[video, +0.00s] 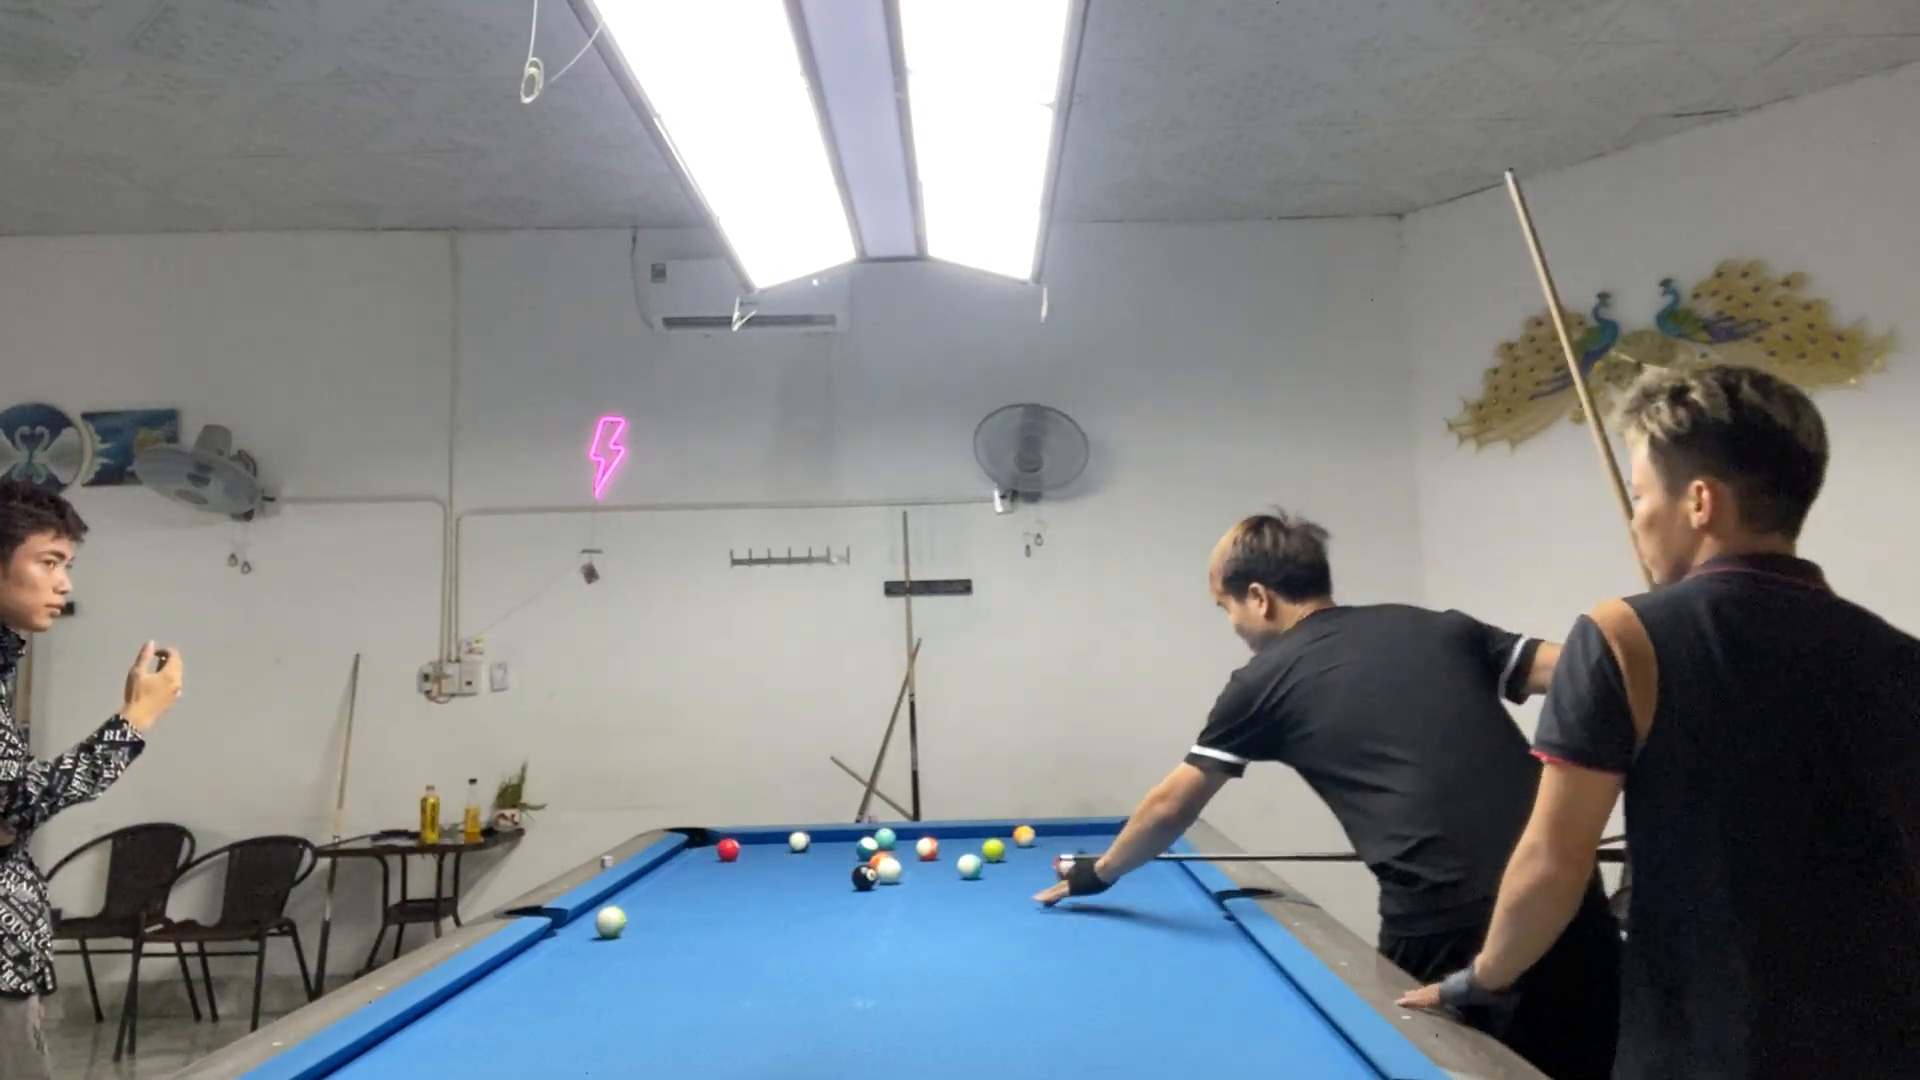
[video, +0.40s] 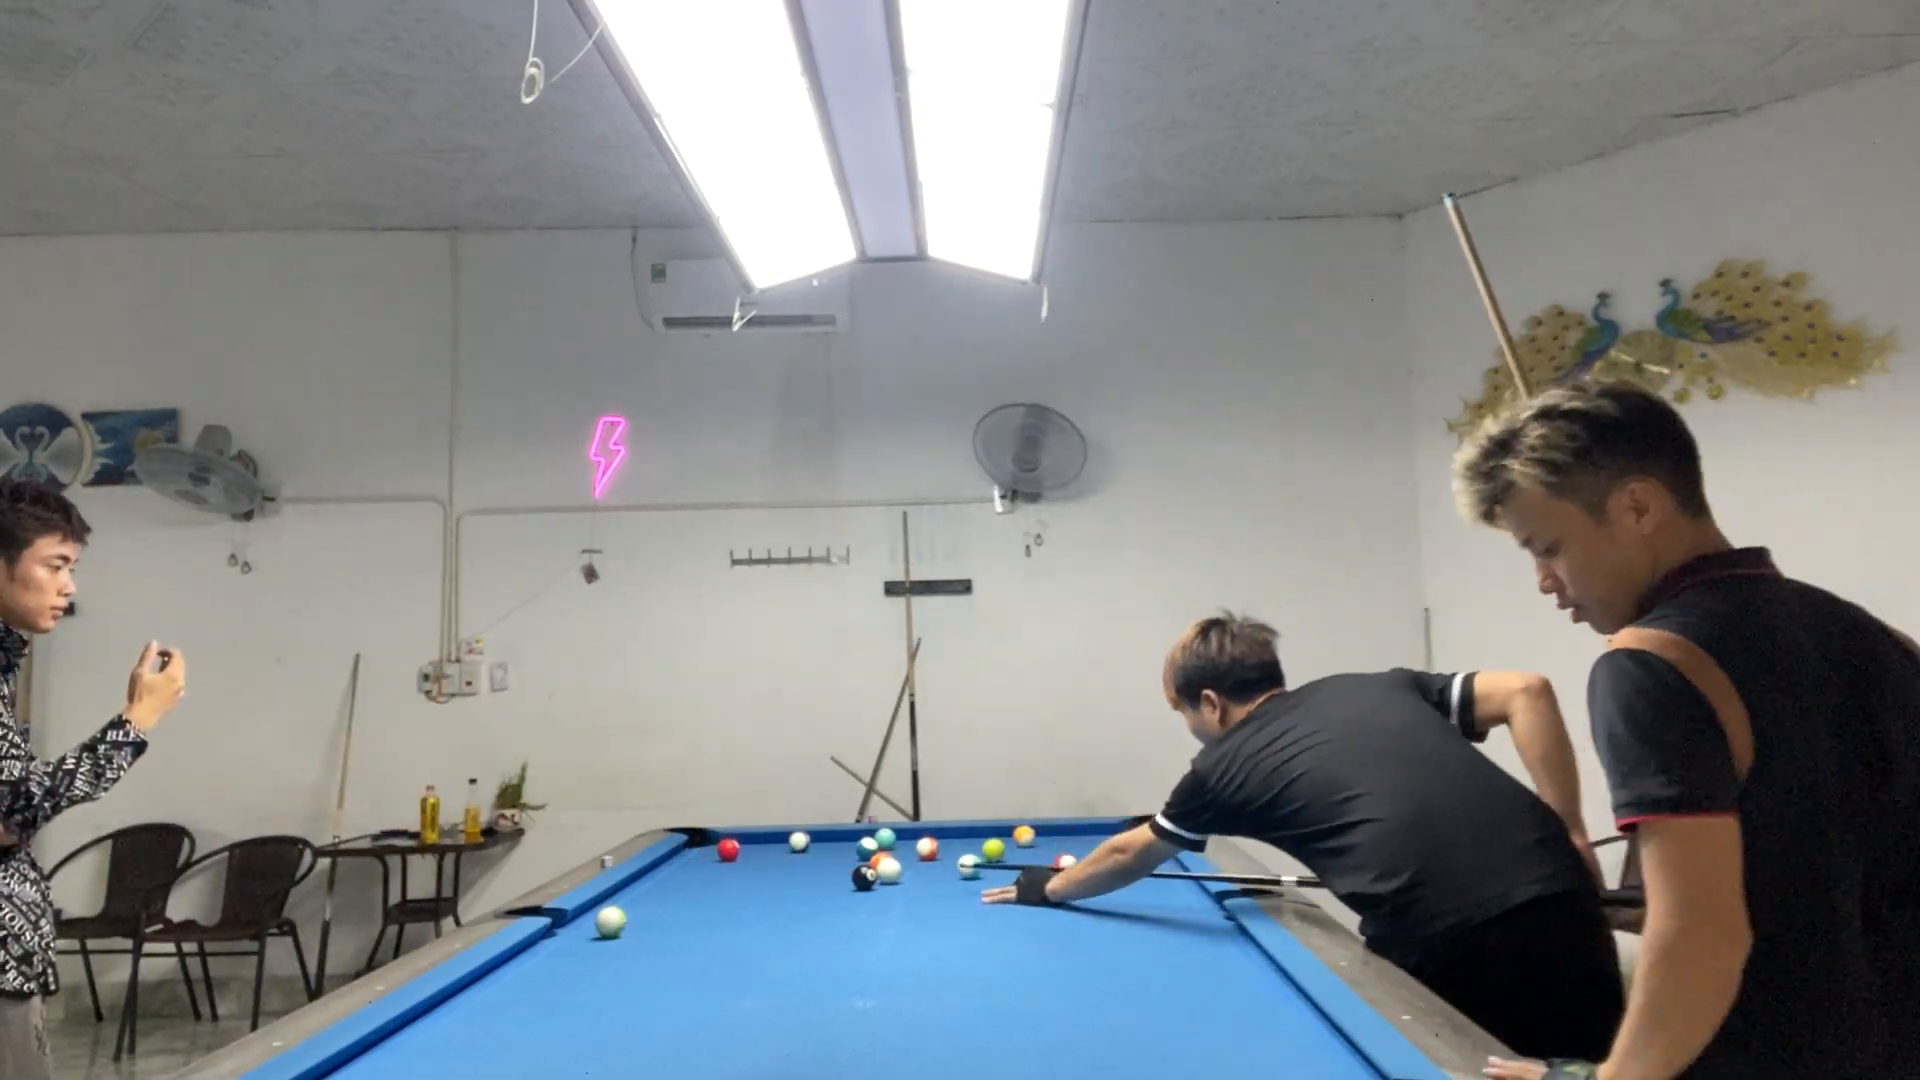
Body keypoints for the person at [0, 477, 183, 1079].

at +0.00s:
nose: (65, 584)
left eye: (67, 566)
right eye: (49, 562)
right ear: (1, 565)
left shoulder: (6, 670)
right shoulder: (3, 673)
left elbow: (22, 795)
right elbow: (19, 799)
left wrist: (131, 721)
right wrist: (134, 722)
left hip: (19, 973)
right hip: (10, 977)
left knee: (30, 1068)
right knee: (26, 1069)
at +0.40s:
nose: (69, 587)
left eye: (71, 569)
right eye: (56, 565)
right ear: (5, 566)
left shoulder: (9, 667)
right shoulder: (5, 669)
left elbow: (23, 795)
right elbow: (22, 799)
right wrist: (137, 721)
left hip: (20, 974)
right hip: (11, 977)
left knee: (29, 1069)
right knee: (26, 1071)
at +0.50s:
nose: (70, 588)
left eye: (71, 569)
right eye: (56, 565)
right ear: (6, 567)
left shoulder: (9, 667)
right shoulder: (5, 670)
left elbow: (25, 795)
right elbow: (25, 799)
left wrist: (14, 824)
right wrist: (139, 720)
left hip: (20, 972)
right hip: (11, 974)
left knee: (30, 1069)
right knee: (26, 1070)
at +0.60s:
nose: (70, 591)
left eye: (71, 571)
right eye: (57, 567)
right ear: (4, 566)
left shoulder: (5, 665)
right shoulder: (1, 667)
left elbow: (23, 797)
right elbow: (23, 800)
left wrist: (11, 823)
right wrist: (138, 721)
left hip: (19, 974)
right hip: (8, 976)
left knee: (29, 1069)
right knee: (26, 1071)